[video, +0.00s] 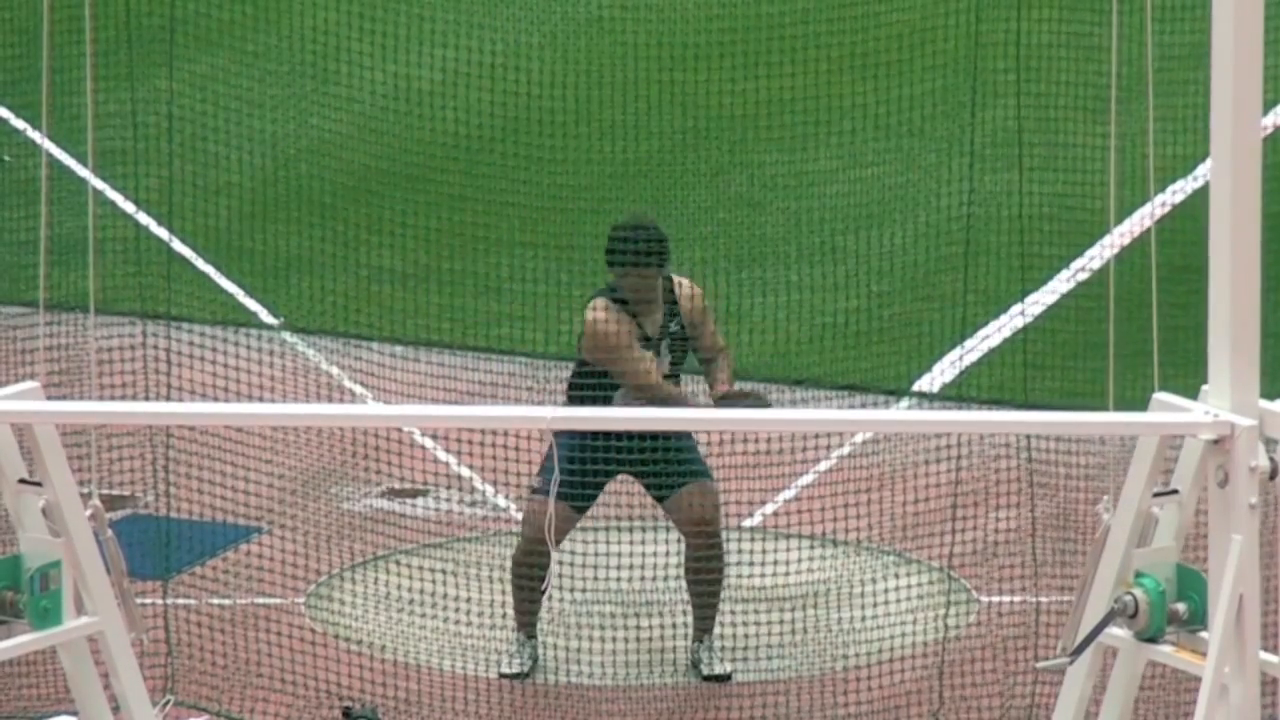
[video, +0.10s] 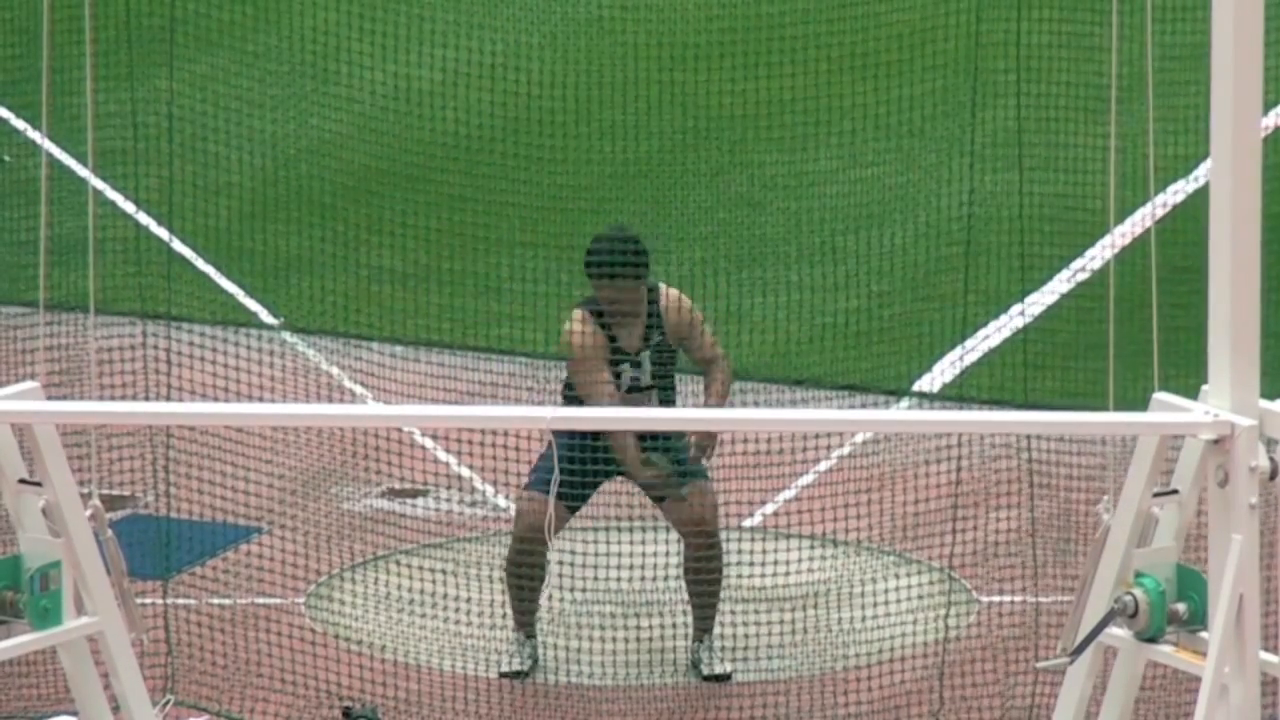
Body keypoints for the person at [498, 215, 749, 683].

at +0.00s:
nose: (639, 278)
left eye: (648, 269)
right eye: (629, 269)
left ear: (664, 268)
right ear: (614, 270)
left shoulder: (686, 297)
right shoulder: (601, 319)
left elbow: (716, 353)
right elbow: (647, 385)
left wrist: (722, 388)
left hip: (658, 432)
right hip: (591, 435)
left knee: (704, 523)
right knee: (538, 532)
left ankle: (704, 643)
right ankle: (524, 641)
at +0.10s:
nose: (609, 291)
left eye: (619, 281)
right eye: (602, 281)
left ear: (641, 278)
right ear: (594, 281)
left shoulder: (672, 308)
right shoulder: (583, 328)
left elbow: (718, 364)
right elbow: (605, 408)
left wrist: (709, 425)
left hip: (656, 436)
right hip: (587, 439)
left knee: (702, 524)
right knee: (529, 525)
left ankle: (704, 643)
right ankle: (524, 641)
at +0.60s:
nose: (531, 292)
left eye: (539, 282)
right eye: (524, 282)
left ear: (559, 278)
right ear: (513, 278)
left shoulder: (580, 320)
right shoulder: (514, 283)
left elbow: (589, 396)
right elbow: (481, 247)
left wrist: (570, 453)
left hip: (612, 425)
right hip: (553, 421)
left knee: (663, 534)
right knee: (507, 519)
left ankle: (700, 638)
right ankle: (522, 639)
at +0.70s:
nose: (514, 278)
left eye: (522, 270)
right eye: (509, 268)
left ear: (546, 266)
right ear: (505, 263)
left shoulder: (566, 314)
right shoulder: (526, 273)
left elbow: (558, 390)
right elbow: (515, 205)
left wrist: (519, 440)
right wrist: (509, 168)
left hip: (609, 429)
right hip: (553, 427)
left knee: (655, 539)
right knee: (508, 517)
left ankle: (699, 640)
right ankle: (522, 640)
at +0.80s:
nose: (511, 271)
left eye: (519, 263)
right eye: (506, 261)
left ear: (541, 260)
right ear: (503, 253)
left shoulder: (558, 306)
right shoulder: (528, 237)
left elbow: (538, 379)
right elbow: (541, 180)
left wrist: (481, 426)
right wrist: (549, 131)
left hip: (606, 423)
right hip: (547, 419)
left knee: (649, 536)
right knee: (510, 513)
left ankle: (700, 637)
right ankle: (522, 637)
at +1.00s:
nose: (503, 266)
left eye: (512, 259)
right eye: (502, 257)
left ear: (539, 257)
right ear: (514, 249)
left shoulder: (557, 308)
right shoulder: (544, 236)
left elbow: (520, 378)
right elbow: (552, 176)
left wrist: (456, 418)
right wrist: (568, 113)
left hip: (614, 421)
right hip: (555, 418)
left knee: (649, 529)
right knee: (520, 515)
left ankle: (702, 636)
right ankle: (524, 640)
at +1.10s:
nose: (522, 275)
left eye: (533, 267)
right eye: (517, 265)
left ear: (555, 263)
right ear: (513, 254)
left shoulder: (570, 311)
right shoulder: (538, 244)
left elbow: (540, 381)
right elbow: (544, 178)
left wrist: (479, 425)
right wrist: (548, 118)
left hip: (621, 416)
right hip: (559, 414)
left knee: (660, 527)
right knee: (523, 514)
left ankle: (702, 637)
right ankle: (527, 638)